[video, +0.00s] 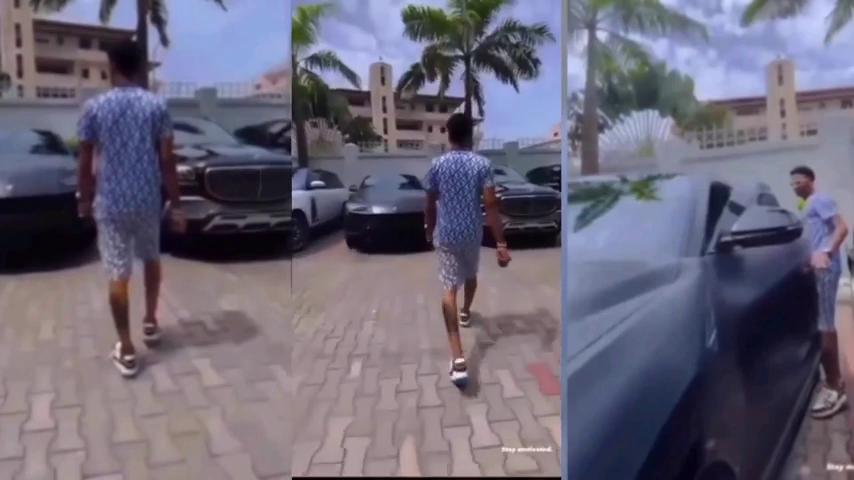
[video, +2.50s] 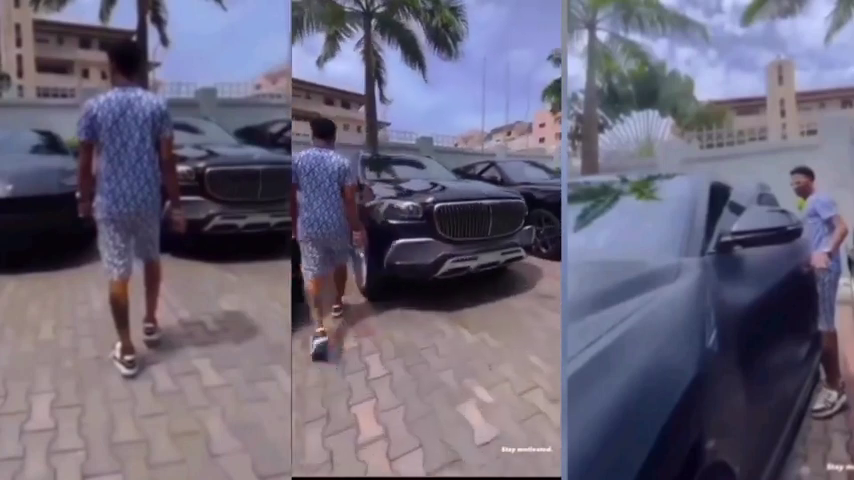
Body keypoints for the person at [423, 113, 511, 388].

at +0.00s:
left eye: (451, 132)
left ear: (449, 135)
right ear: (471, 135)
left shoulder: (438, 165)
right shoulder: (482, 164)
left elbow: (430, 203)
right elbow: (490, 205)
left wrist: (430, 230)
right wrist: (500, 243)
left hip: (445, 233)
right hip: (472, 233)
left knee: (449, 290)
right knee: (470, 276)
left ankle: (458, 357)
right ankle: (465, 313)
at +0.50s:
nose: (447, 135)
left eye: (446, 131)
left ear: (445, 133)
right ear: (467, 132)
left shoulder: (436, 161)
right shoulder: (479, 158)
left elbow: (432, 201)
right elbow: (487, 194)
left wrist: (429, 232)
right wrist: (481, 209)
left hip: (446, 226)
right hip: (472, 226)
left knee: (447, 267)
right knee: (471, 282)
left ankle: (450, 301)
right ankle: (464, 344)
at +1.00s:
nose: (430, 133)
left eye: (429, 129)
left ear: (430, 130)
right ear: (451, 130)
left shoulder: (418, 158)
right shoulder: (460, 157)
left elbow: (410, 195)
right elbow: (469, 195)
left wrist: (409, 221)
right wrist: (475, 227)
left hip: (428, 224)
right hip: (454, 223)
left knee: (434, 276)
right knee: (456, 263)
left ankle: (440, 333)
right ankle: (454, 300)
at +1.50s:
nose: (401, 133)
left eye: (401, 129)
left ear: (402, 130)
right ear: (424, 130)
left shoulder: (392, 156)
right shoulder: (432, 157)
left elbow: (386, 193)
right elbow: (440, 192)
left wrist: (386, 223)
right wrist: (439, 219)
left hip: (399, 223)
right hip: (425, 223)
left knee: (398, 268)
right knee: (425, 271)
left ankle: (403, 307)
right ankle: (420, 322)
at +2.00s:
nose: (352, 134)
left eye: (347, 129)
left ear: (345, 130)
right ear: (366, 130)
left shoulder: (336, 157)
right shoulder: (378, 155)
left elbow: (334, 196)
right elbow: (389, 193)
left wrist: (333, 228)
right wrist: (394, 222)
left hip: (351, 223)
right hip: (378, 222)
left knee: (357, 271)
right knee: (387, 265)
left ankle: (365, 313)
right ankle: (384, 305)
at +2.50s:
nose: (325, 141)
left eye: (319, 135)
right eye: (330, 137)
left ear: (313, 135)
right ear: (334, 137)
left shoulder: (299, 160)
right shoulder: (342, 163)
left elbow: (293, 197)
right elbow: (349, 198)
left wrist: (295, 226)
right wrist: (356, 225)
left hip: (308, 226)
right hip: (336, 225)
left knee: (313, 277)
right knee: (340, 263)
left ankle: (319, 327)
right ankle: (338, 301)